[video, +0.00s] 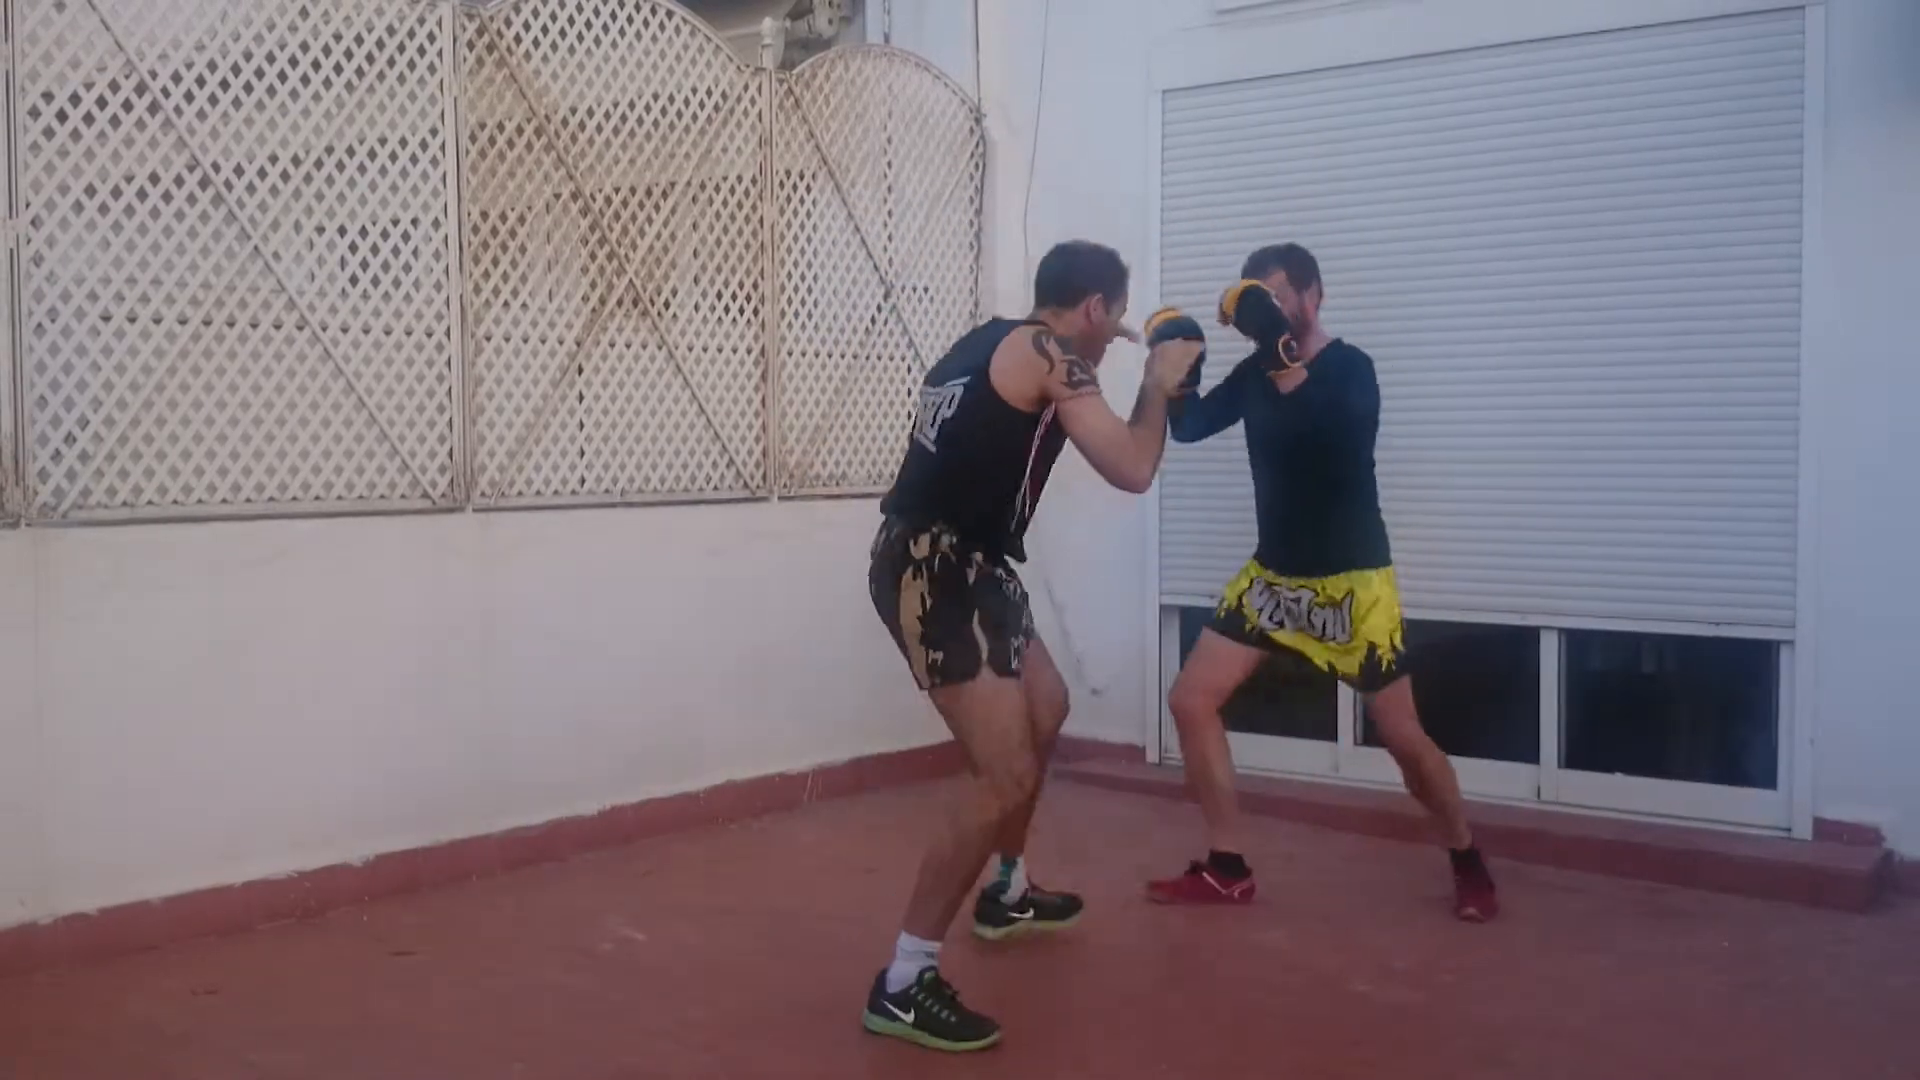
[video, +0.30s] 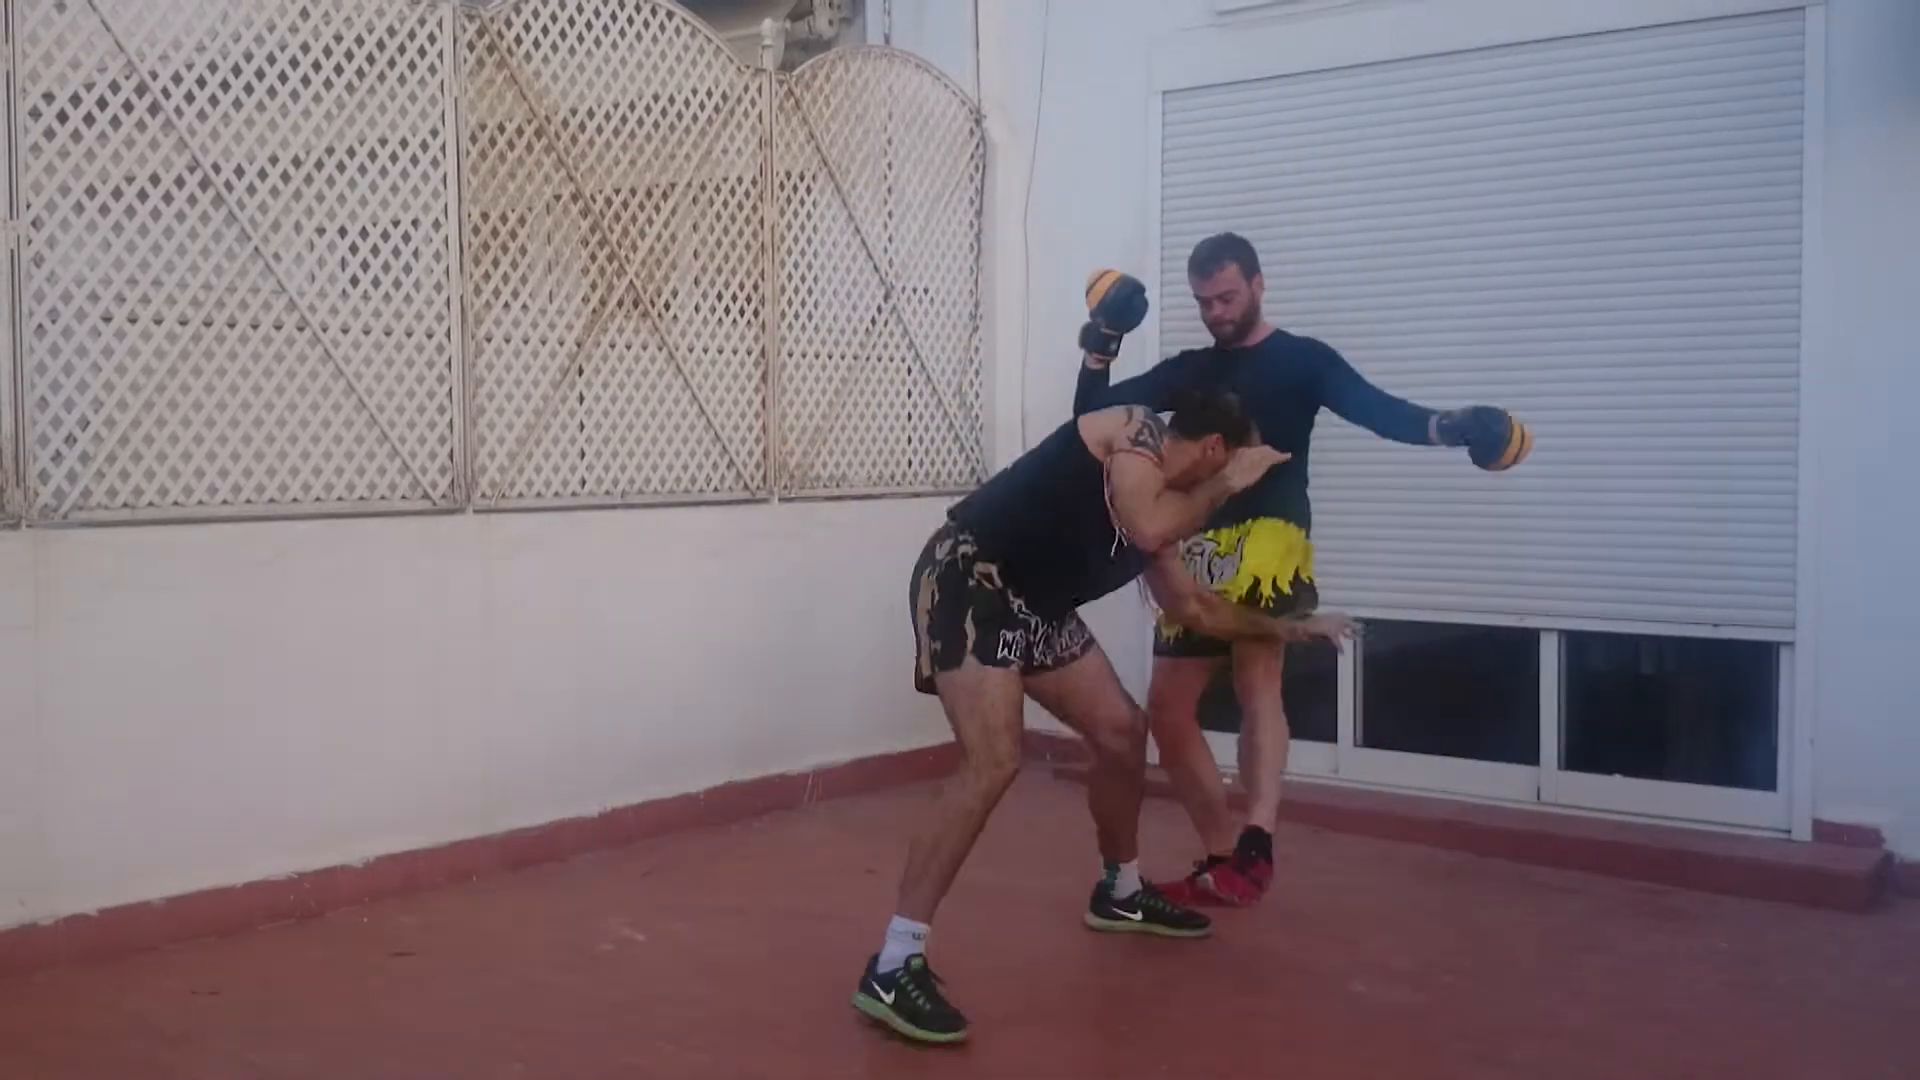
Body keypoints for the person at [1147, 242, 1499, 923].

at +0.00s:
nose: (1263, 312)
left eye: (1272, 297)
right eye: (1255, 302)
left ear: (1312, 297)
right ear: (1250, 310)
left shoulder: (1350, 367)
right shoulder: (1255, 372)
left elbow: (1350, 439)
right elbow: (1187, 425)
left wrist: (1285, 366)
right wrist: (1177, 361)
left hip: (1355, 576)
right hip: (1273, 571)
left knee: (1404, 739)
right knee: (1191, 701)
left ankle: (1467, 859)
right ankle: (1226, 864)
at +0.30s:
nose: (1213, 312)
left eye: (1224, 297)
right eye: (1202, 301)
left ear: (1256, 286)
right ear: (1192, 298)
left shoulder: (1301, 359)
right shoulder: (1184, 370)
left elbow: (1381, 411)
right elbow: (1093, 416)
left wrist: (1455, 427)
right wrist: (1097, 346)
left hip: (1267, 537)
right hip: (1192, 543)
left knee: (1256, 681)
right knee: (1169, 710)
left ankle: (1256, 849)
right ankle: (1219, 860)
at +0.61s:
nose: (1178, 303)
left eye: (1194, 293)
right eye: (1180, 294)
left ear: (1233, 317)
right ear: (1200, 320)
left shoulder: (1300, 373)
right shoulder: (1183, 381)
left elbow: (1388, 411)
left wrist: (1398, 347)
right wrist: (1149, 315)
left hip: (1264, 552)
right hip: (1190, 557)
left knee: (1248, 712)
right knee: (1166, 729)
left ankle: (1256, 891)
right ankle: (1225, 861)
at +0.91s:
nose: (1256, 317)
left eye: (1265, 304)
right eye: (1246, 307)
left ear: (1286, 302)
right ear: (1231, 310)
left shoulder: (1341, 373)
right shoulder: (1229, 370)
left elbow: (1409, 448)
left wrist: (1406, 380)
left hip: (1288, 556)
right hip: (1220, 554)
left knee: (1256, 718)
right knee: (1177, 726)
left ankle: (1257, 907)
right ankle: (1228, 861)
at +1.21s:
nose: (1309, 305)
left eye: (1321, 291)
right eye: (1304, 294)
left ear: (1365, 289)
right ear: (1306, 297)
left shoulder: (1407, 372)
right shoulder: (1299, 368)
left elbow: (1478, 459)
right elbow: (1215, 385)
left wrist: (1441, 428)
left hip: (1369, 578)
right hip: (1303, 571)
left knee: (1366, 743)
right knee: (1218, 706)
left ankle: (1474, 896)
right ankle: (1226, 865)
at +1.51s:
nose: (1436, 287)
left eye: (1447, 271)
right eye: (1434, 274)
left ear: (1497, 271)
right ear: (1485, 276)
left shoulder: (1556, 357)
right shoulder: (1489, 363)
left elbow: (1579, 484)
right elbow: (1497, 472)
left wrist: (1476, 506)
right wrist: (1434, 476)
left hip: (1542, 578)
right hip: (1480, 570)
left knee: (1491, 754)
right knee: (1417, 717)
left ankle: (1534, 916)